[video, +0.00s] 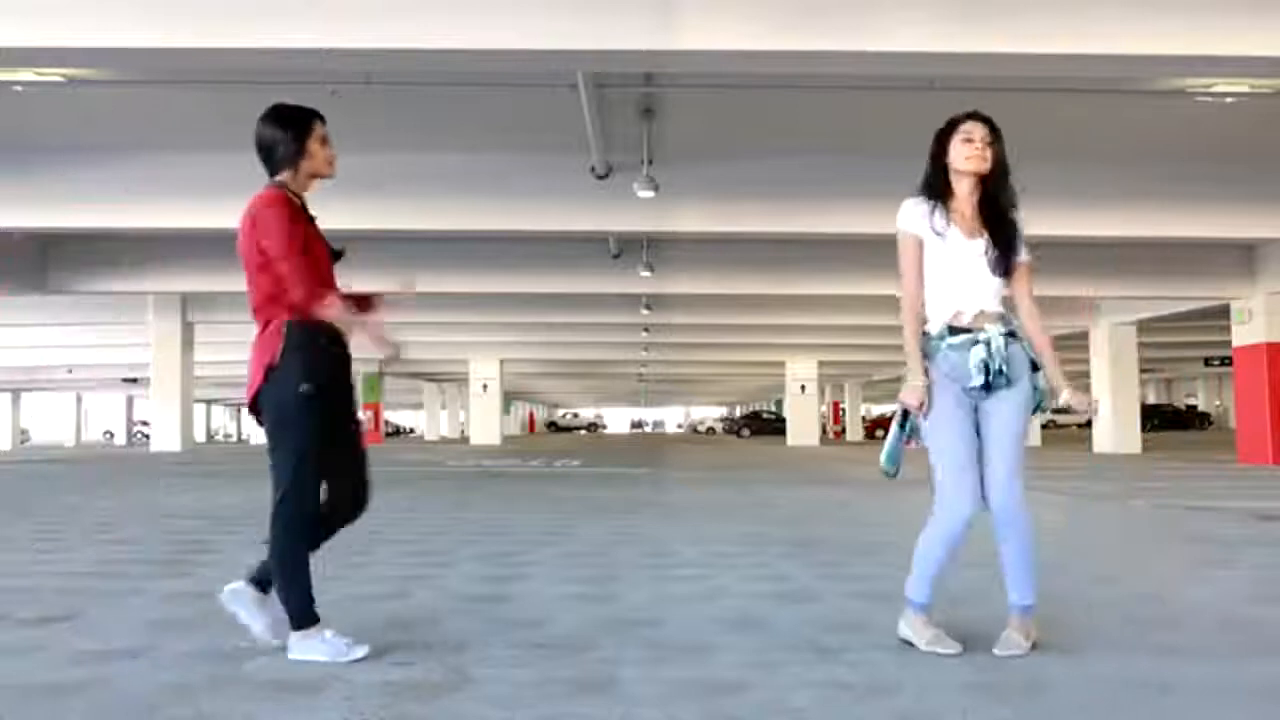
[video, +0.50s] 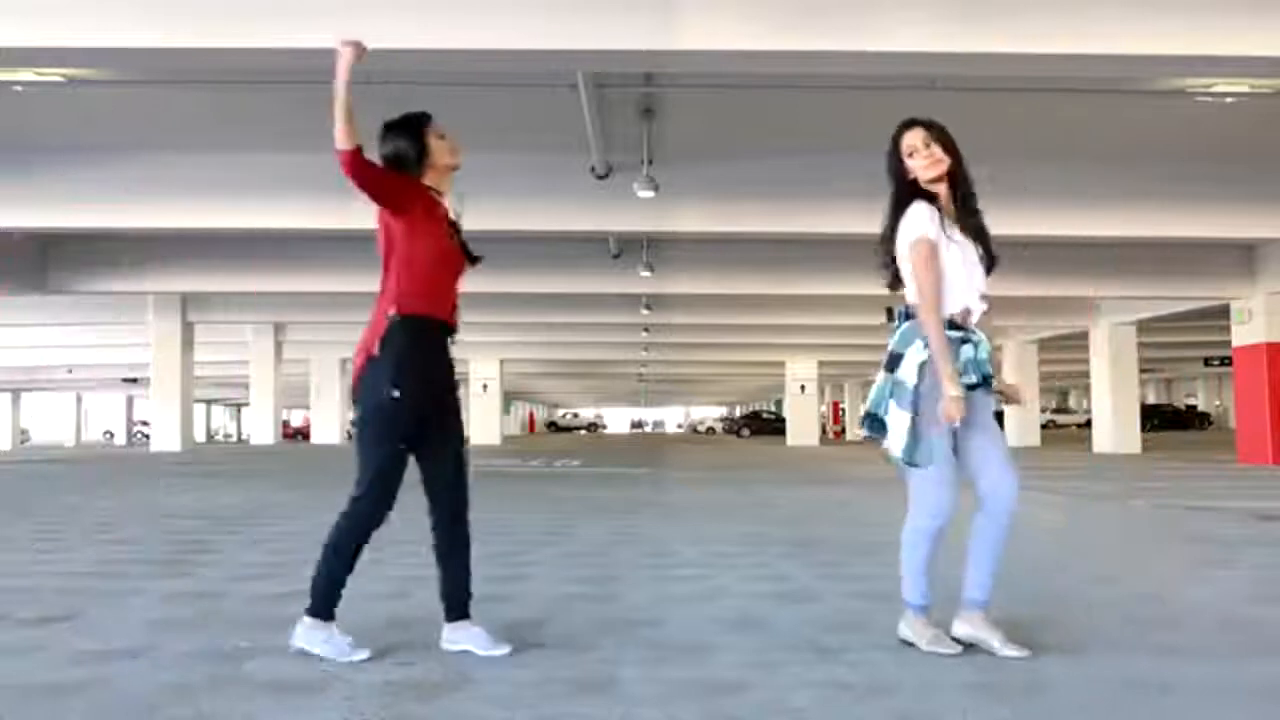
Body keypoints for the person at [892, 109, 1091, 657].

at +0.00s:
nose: (976, 148)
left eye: (985, 142)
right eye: (965, 140)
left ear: (996, 158)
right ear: (944, 152)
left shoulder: (1006, 225)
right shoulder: (919, 213)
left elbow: (1025, 306)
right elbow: (911, 298)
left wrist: (1059, 381)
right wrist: (914, 372)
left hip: (1007, 358)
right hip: (943, 359)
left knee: (1005, 493)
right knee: (960, 498)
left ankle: (1022, 618)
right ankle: (915, 612)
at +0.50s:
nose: (926, 157)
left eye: (932, 145)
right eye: (913, 154)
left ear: (951, 152)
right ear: (905, 171)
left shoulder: (960, 222)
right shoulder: (919, 218)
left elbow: (964, 308)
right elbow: (926, 304)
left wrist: (989, 376)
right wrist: (949, 381)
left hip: (967, 358)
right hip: (929, 358)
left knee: (1000, 486)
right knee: (932, 497)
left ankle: (972, 614)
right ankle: (914, 616)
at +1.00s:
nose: (930, 164)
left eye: (934, 152)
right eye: (915, 163)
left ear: (949, 158)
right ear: (904, 180)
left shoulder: (952, 226)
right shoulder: (921, 223)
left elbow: (954, 309)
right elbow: (940, 307)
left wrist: (972, 379)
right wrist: (972, 383)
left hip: (958, 365)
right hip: (923, 365)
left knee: (994, 488)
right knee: (936, 492)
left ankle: (971, 615)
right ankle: (916, 615)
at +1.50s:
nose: (938, 165)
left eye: (942, 154)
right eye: (924, 162)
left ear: (956, 160)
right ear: (911, 176)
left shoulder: (942, 225)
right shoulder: (926, 212)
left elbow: (953, 319)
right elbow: (939, 300)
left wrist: (987, 394)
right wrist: (963, 378)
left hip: (955, 369)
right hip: (926, 368)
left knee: (998, 492)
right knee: (955, 502)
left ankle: (971, 617)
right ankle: (917, 616)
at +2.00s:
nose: (920, 160)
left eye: (928, 150)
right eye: (914, 152)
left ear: (956, 150)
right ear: (914, 158)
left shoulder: (991, 215)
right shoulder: (907, 210)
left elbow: (1028, 285)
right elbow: (842, 260)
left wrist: (1014, 329)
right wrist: (866, 323)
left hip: (976, 354)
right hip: (917, 350)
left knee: (986, 490)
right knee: (918, 488)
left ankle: (993, 614)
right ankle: (912, 613)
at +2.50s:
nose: (951, 177)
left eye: (961, 170)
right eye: (953, 167)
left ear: (986, 181)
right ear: (956, 174)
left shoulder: (1014, 236)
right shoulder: (944, 230)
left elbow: (1072, 281)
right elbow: (925, 291)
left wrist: (1030, 324)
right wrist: (935, 335)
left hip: (1005, 377)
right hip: (949, 378)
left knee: (1016, 496)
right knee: (915, 492)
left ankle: (1010, 615)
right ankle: (921, 612)